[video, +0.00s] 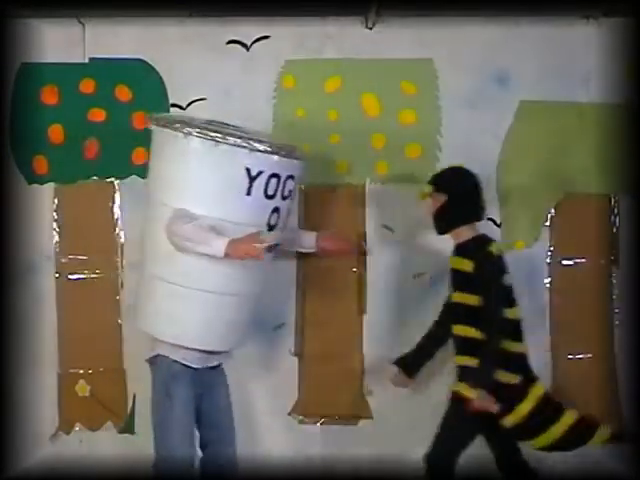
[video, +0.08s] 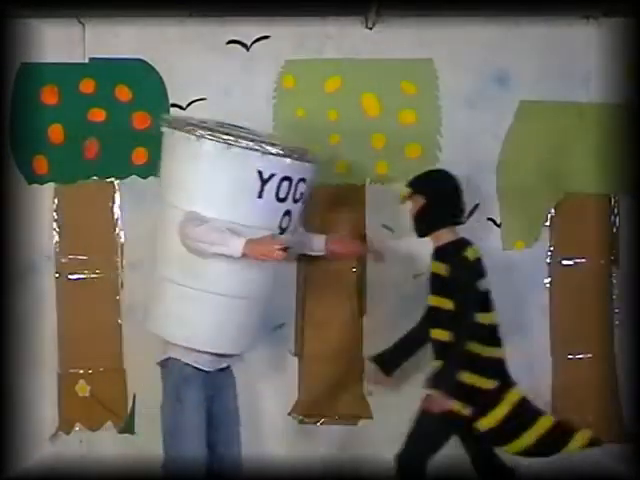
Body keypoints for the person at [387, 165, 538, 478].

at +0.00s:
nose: (428, 205)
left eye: (433, 197)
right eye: (429, 197)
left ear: (452, 202)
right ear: (454, 204)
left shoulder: (478, 255)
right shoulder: (466, 254)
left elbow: (494, 325)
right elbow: (449, 320)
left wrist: (481, 383)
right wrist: (410, 364)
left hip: (482, 383)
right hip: (482, 380)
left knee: (438, 461)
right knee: (511, 464)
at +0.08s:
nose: (409, 209)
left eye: (414, 200)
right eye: (410, 201)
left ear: (433, 204)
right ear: (442, 205)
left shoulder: (456, 256)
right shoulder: (445, 254)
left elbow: (462, 331)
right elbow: (432, 320)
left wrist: (443, 385)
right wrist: (387, 361)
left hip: (467, 378)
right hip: (467, 376)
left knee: (409, 461)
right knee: (484, 459)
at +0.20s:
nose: (380, 211)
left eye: (384, 202)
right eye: (381, 203)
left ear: (403, 206)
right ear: (415, 206)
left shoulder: (420, 258)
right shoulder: (427, 253)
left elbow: (411, 323)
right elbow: (407, 321)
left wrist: (356, 345)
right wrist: (362, 348)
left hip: (429, 376)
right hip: (440, 373)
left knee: (373, 461)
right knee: (438, 466)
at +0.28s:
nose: (365, 210)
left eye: (368, 201)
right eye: (366, 201)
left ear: (381, 206)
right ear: (406, 205)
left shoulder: (400, 255)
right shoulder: (419, 250)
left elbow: (383, 316)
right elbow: (387, 315)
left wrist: (327, 338)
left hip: (404, 374)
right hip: (423, 371)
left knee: (362, 465)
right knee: (453, 458)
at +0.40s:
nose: (346, 212)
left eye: (349, 205)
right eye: (349, 203)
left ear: (354, 209)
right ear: (390, 210)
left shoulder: (374, 252)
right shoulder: (400, 250)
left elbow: (329, 287)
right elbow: (360, 302)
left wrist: (275, 306)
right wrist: (315, 305)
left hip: (381, 370)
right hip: (401, 367)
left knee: (354, 465)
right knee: (432, 454)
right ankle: (454, 470)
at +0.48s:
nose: (335, 205)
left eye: (340, 197)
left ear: (351, 202)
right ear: (382, 204)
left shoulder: (360, 244)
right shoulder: (389, 248)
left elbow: (313, 274)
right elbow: (341, 298)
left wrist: (250, 286)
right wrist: (292, 291)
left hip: (362, 378)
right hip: (380, 373)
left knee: (338, 464)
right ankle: (469, 451)